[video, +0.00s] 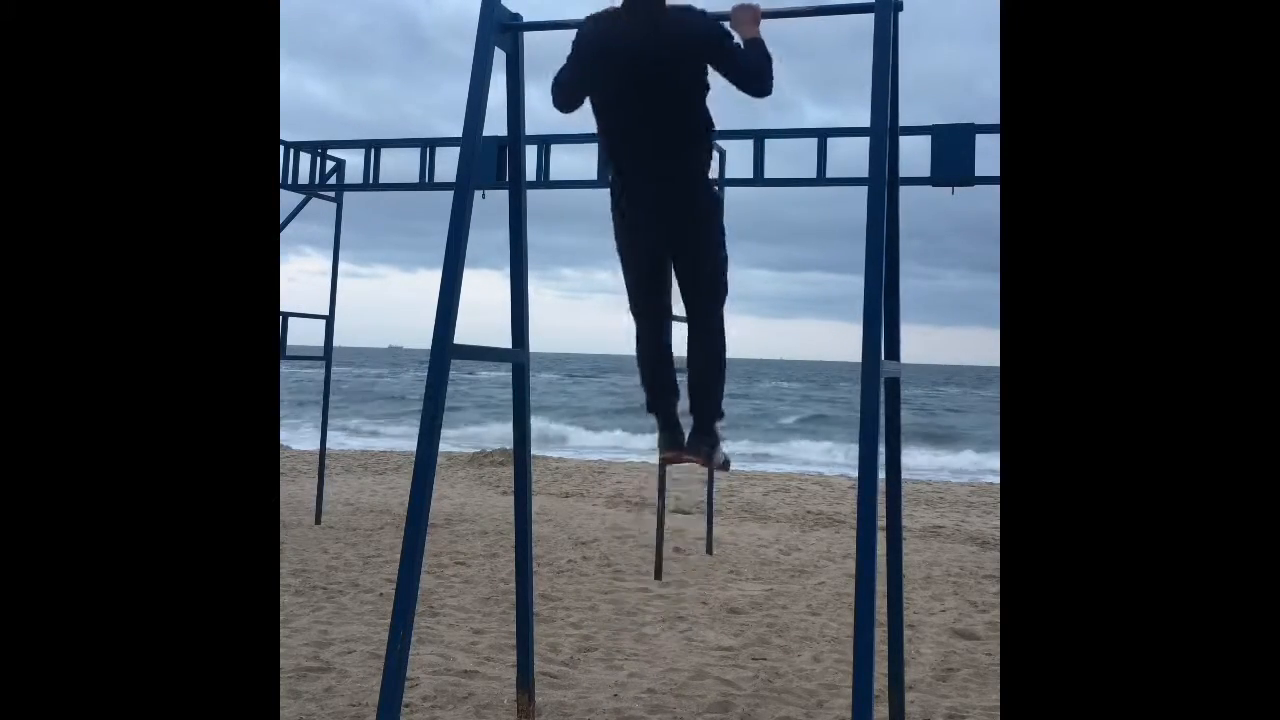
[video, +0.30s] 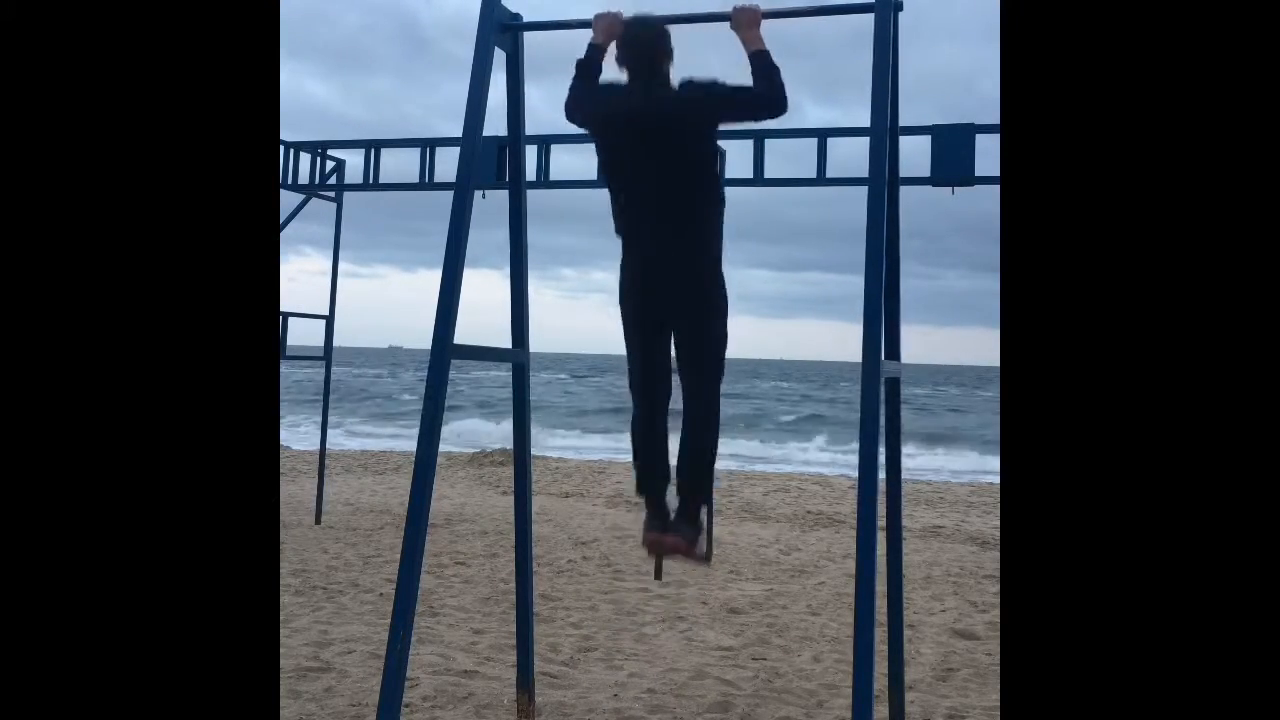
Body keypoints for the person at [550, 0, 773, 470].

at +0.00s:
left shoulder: (597, 31)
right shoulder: (693, 24)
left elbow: (564, 97)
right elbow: (758, 81)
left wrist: (600, 41)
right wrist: (751, 34)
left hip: (633, 199)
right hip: (692, 197)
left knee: (650, 319)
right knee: (706, 316)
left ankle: (668, 434)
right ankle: (704, 438)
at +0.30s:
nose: (660, 60)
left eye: (633, 53)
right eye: (663, 50)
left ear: (622, 61)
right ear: (669, 57)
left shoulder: (606, 109)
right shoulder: (701, 100)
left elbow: (575, 101)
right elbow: (772, 100)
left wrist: (597, 43)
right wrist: (754, 40)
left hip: (640, 275)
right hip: (699, 274)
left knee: (648, 397)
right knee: (701, 396)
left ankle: (656, 519)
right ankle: (689, 520)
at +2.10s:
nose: (676, 116)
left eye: (664, 110)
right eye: (675, 110)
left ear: (626, 124)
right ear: (675, 118)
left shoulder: (615, 162)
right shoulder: (704, 152)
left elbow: (592, 109)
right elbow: (756, 109)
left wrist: (600, 46)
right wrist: (749, 43)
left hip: (642, 327)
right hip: (699, 328)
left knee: (637, 460)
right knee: (693, 466)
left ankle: (631, 589)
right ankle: (665, 591)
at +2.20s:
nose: (658, 91)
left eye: (640, 84)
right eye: (661, 84)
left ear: (620, 97)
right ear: (666, 92)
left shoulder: (607, 140)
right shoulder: (696, 131)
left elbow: (590, 105)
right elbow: (754, 109)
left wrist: (599, 45)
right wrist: (748, 42)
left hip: (639, 307)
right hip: (697, 307)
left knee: (639, 432)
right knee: (696, 439)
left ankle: (638, 553)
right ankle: (675, 564)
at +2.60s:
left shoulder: (602, 37)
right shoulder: (697, 29)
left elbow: (567, 100)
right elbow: (758, 86)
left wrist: (596, 34)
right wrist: (752, 35)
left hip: (636, 202)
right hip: (695, 198)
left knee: (652, 319)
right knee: (711, 315)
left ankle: (671, 435)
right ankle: (711, 436)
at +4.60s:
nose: (681, 118)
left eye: (674, 113)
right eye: (677, 113)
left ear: (625, 127)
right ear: (673, 121)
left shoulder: (615, 162)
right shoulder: (704, 154)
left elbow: (592, 110)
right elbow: (756, 110)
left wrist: (600, 44)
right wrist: (749, 45)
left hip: (643, 328)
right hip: (699, 330)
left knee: (638, 460)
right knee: (696, 465)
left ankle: (633, 589)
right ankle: (672, 595)